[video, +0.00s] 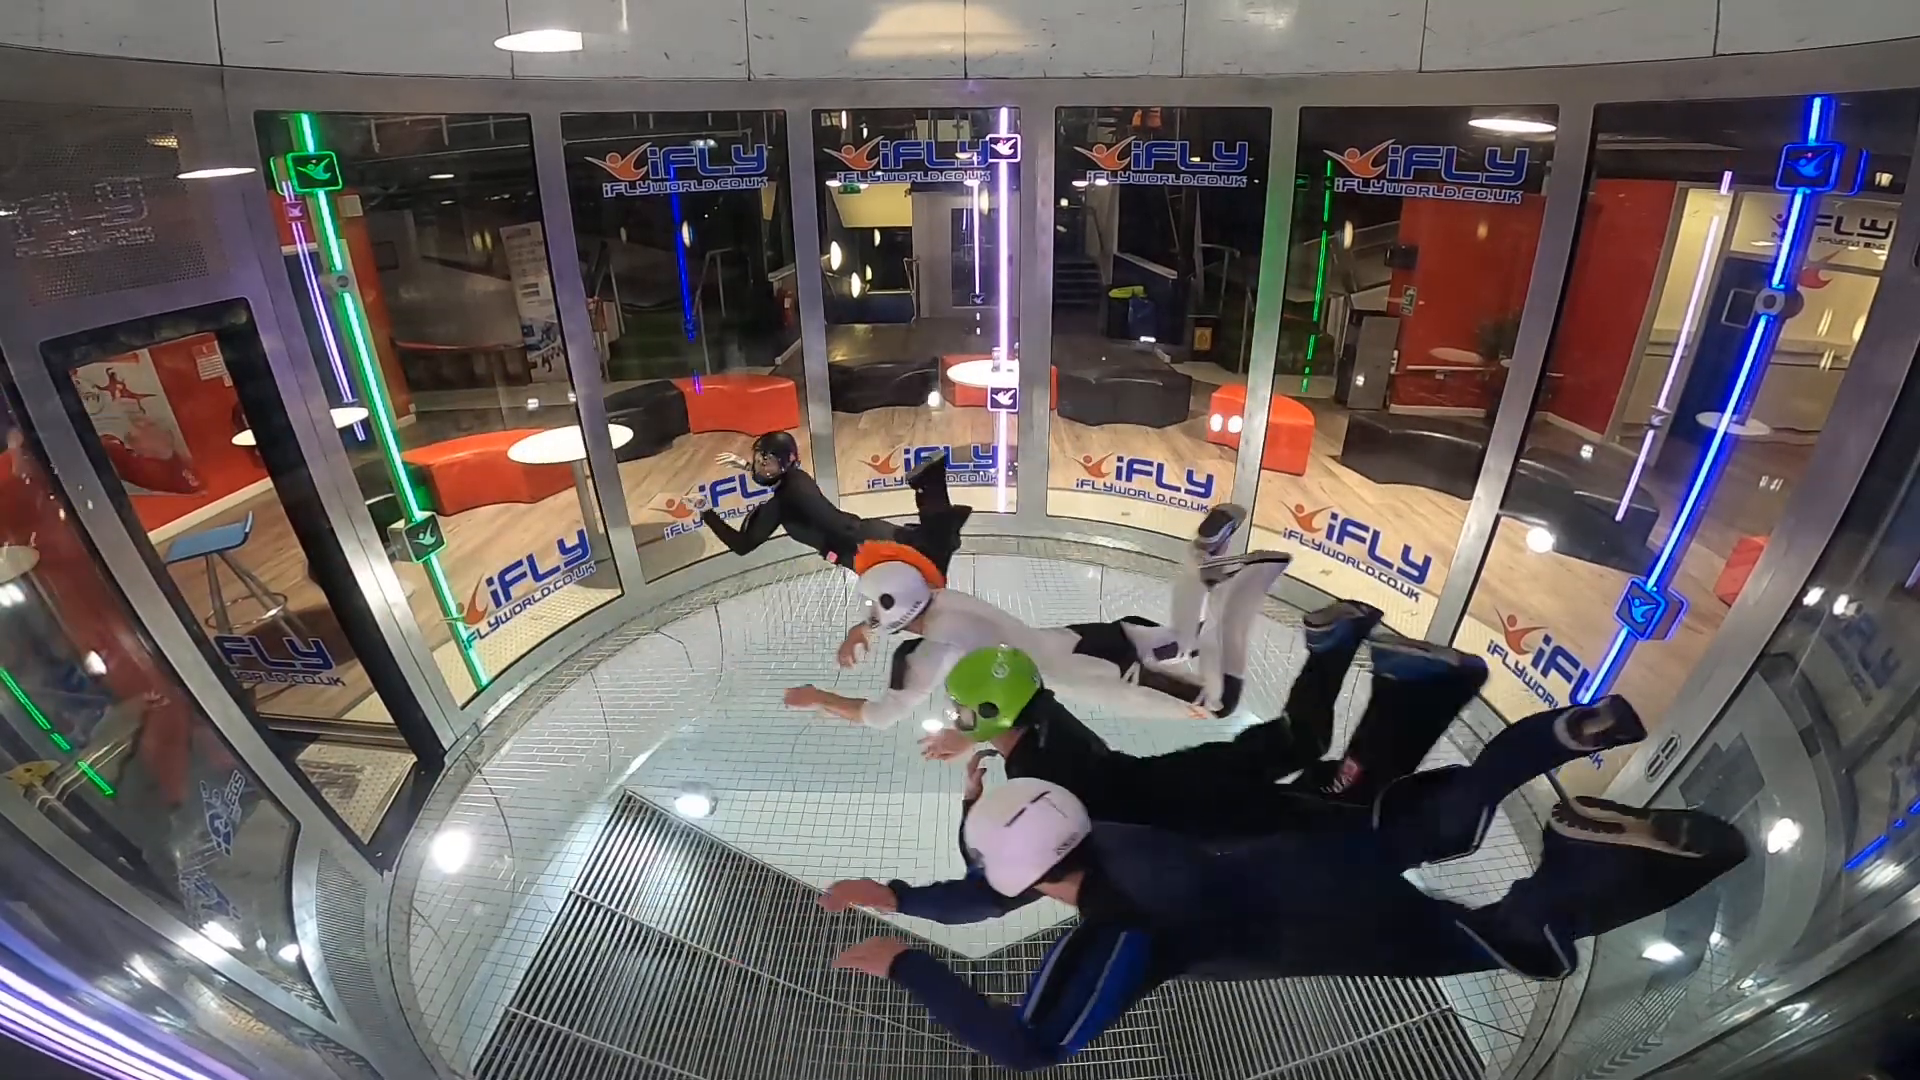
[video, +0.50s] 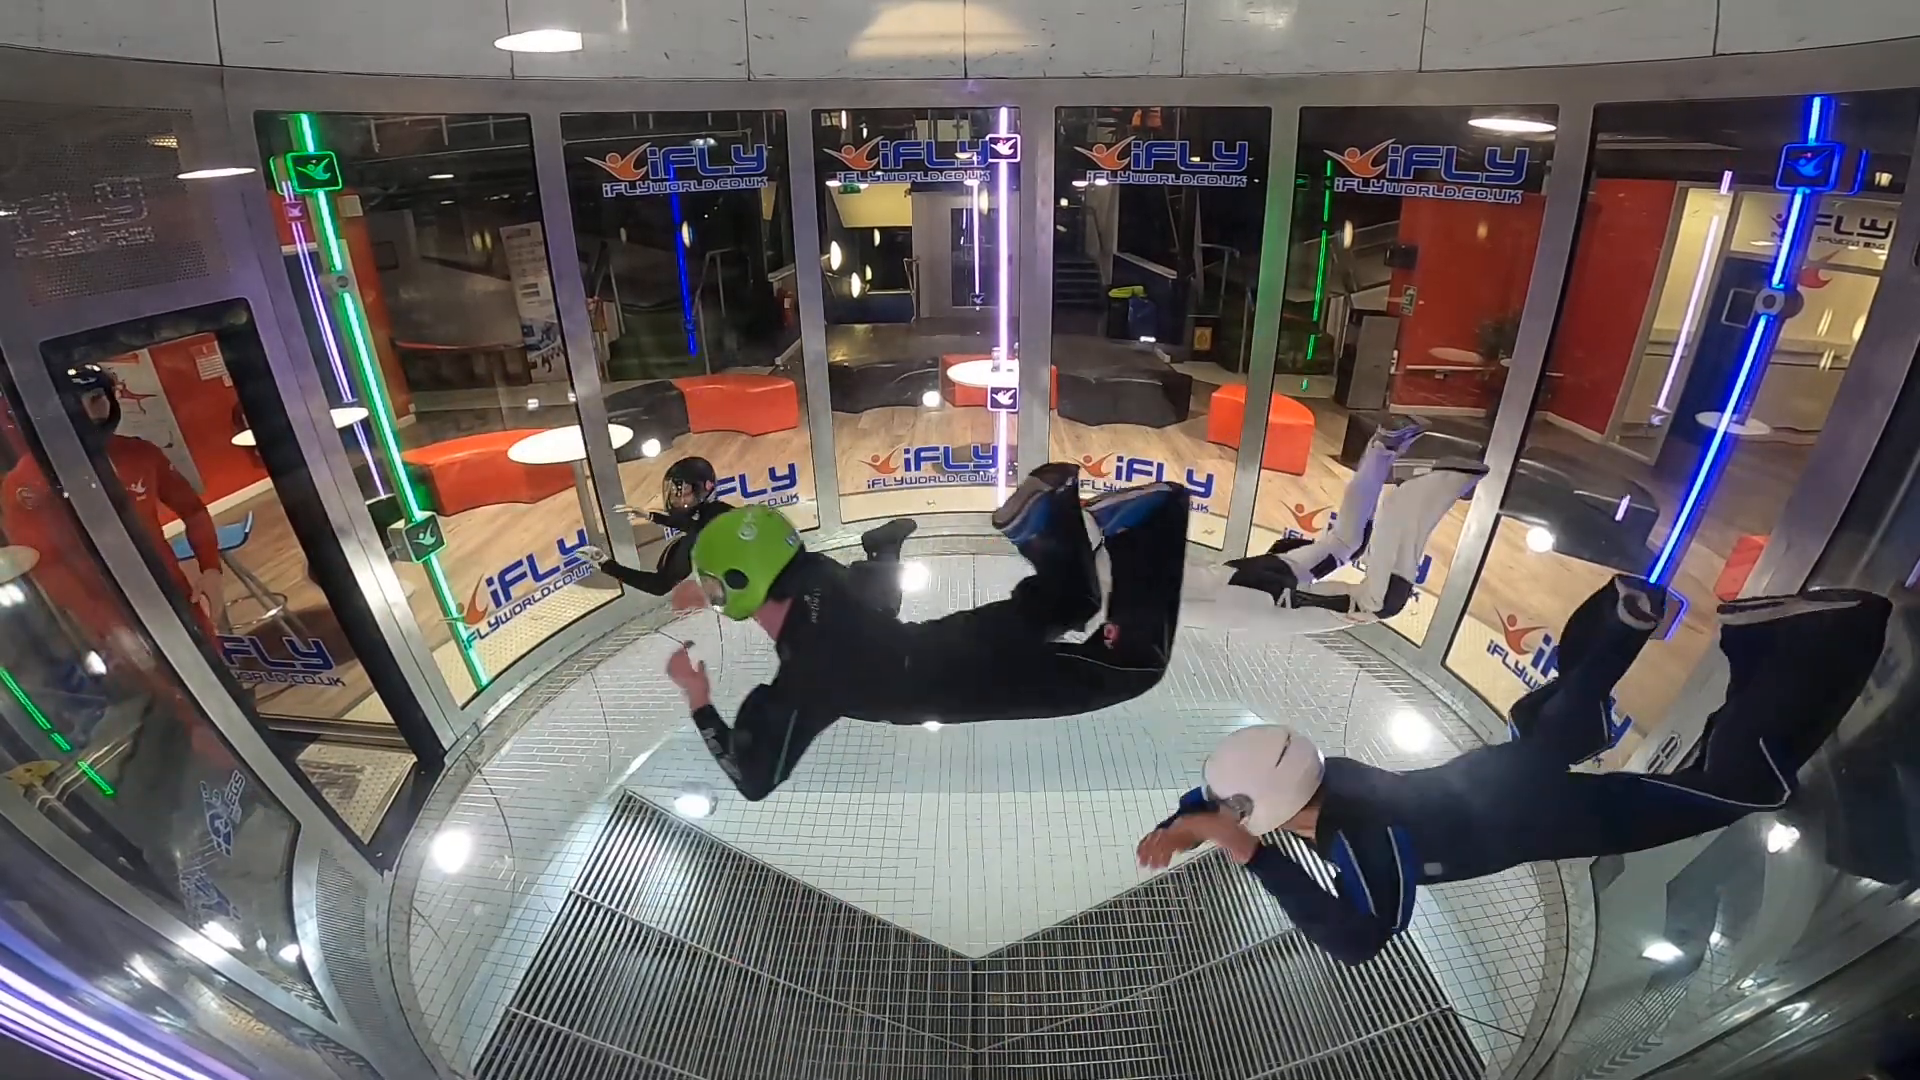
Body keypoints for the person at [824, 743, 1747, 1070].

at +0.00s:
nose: (1010, 889)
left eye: (1009, 879)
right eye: (1002, 876)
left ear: (1043, 886)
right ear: (1052, 835)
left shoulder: (1127, 922)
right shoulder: (1099, 835)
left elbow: (1030, 1040)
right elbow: (993, 892)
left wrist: (911, 978)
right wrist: (892, 900)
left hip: (1349, 917)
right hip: (1335, 838)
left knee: (1500, 933)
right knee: (1458, 803)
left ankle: (1612, 874)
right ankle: (1579, 728)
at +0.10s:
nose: (1093, 890)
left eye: (1095, 878)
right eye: (1088, 874)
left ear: (1118, 869)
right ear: (1106, 846)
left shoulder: (1187, 918)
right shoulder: (1152, 830)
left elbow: (1103, 1035)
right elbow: (1044, 889)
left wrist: (976, 970)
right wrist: (947, 921)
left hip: (1408, 901)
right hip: (1387, 841)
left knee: (1562, 912)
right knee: (1494, 791)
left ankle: (1678, 835)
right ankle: (1605, 696)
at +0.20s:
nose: (1152, 896)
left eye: (1154, 884)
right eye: (1144, 880)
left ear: (1183, 868)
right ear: (1179, 834)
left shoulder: (1241, 911)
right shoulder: (1198, 820)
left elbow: (1165, 1021)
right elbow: (1098, 879)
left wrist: (1024, 979)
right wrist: (1010, 917)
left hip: (1464, 878)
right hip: (1426, 828)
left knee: (1605, 874)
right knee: (1514, 778)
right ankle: (1607, 674)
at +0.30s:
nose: (1190, 872)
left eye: (1190, 861)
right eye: (1189, 849)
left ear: (1213, 861)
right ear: (1212, 826)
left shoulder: (1299, 893)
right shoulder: (1239, 820)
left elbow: (1250, 1002)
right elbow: (1148, 866)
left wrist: (1102, 998)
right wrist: (1077, 909)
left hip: (1496, 858)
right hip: (1465, 809)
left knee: (1670, 823)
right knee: (1553, 744)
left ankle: (1821, 686)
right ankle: (1641, 641)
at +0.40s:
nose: (1220, 848)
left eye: (1220, 835)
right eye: (1214, 825)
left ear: (1252, 845)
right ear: (1256, 796)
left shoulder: (1337, 869)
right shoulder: (1280, 803)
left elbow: (1330, 971)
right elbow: (1185, 831)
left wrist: (1172, 936)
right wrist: (1126, 878)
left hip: (1535, 829)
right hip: (1491, 776)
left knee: (1713, 803)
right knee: (1568, 700)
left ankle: (1852, 639)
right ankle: (1642, 611)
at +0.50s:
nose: (1241, 825)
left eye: (1246, 809)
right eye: (1235, 804)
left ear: (1283, 807)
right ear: (1286, 776)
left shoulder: (1365, 834)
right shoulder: (1304, 775)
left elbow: (1359, 939)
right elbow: (1225, 785)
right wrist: (1184, 821)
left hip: (1543, 810)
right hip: (1490, 765)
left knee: (1700, 799)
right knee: (1559, 714)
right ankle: (1629, 608)